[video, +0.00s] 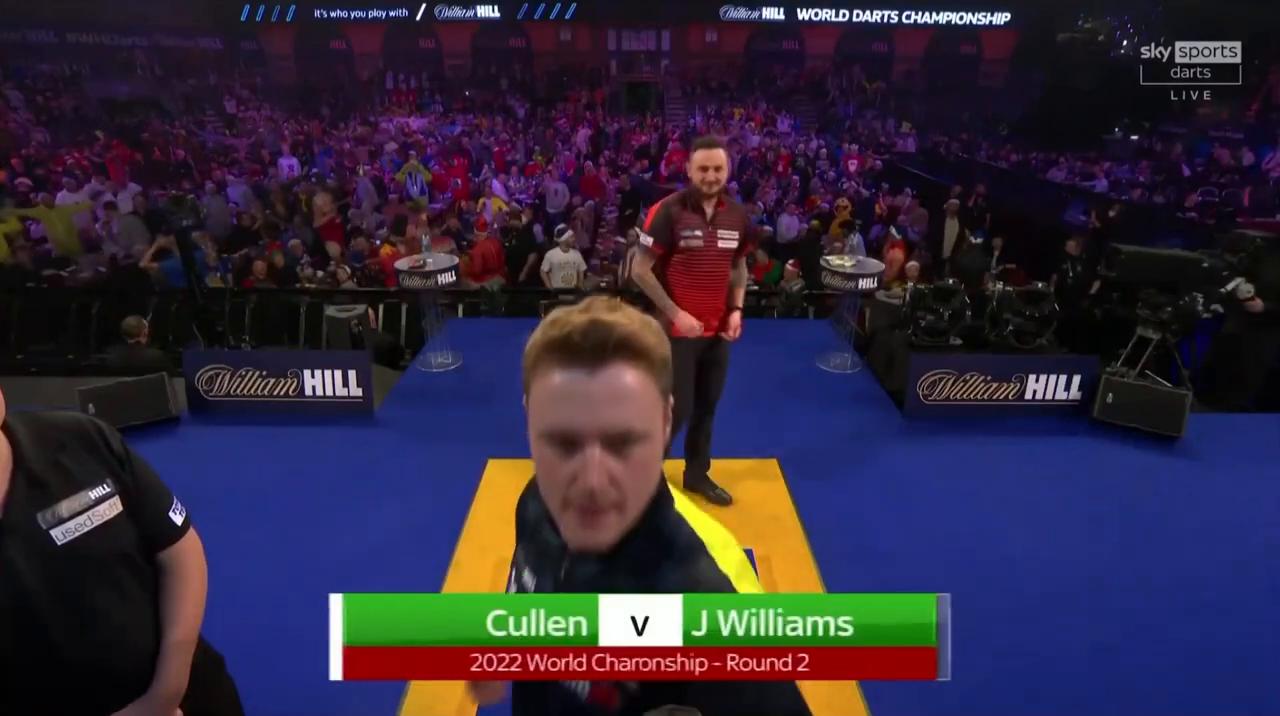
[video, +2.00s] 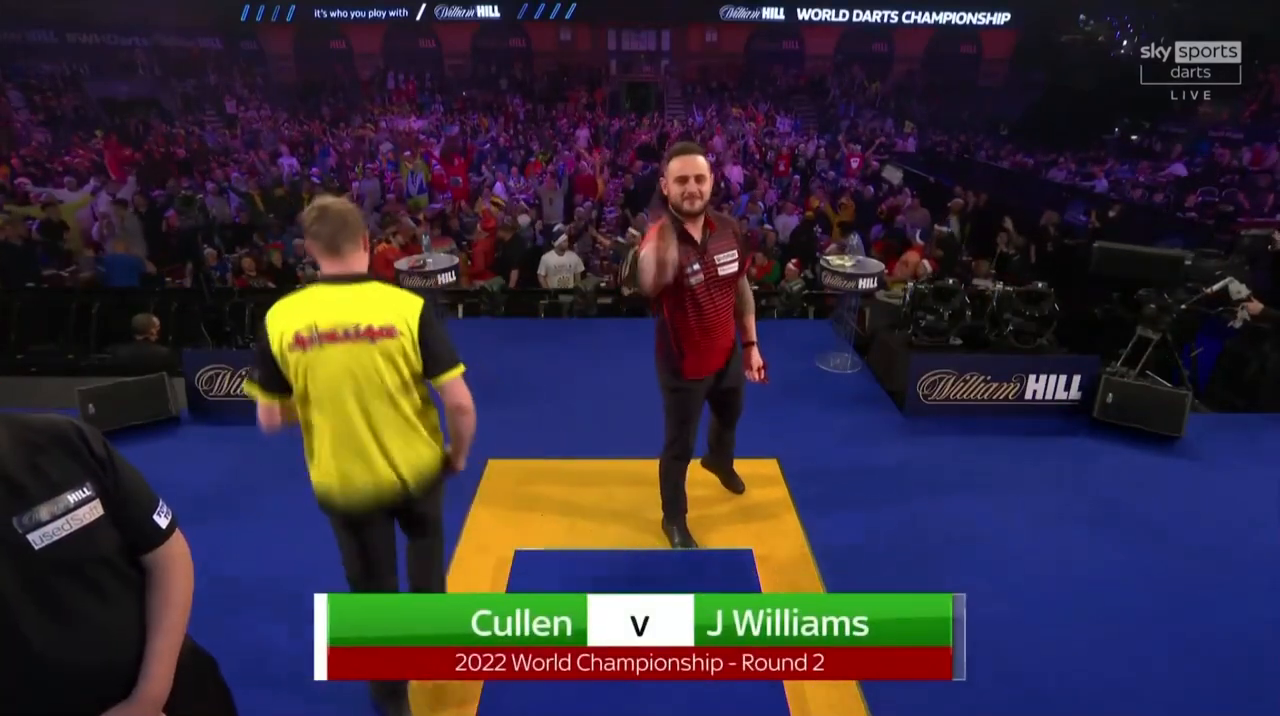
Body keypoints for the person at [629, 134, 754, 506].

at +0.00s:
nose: (710, 176)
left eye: (717, 169)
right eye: (703, 168)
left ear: (727, 171)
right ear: (689, 170)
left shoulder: (737, 216)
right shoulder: (668, 212)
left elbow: (738, 265)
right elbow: (640, 268)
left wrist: (735, 309)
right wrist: (674, 314)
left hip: (717, 332)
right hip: (679, 331)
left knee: (706, 408)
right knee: (677, 408)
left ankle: (697, 474)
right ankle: (645, 474)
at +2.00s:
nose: (692, 188)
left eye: (699, 179)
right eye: (682, 180)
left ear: (711, 182)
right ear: (665, 184)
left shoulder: (726, 229)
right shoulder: (657, 237)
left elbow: (741, 287)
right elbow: (650, 285)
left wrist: (752, 345)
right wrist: (656, 242)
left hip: (727, 351)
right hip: (684, 359)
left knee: (729, 412)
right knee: (680, 446)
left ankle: (719, 460)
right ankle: (674, 518)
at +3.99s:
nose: (687, 188)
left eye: (695, 179)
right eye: (677, 180)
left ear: (708, 183)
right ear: (662, 188)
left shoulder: (726, 228)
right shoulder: (651, 241)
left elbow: (744, 287)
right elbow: (633, 302)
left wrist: (748, 345)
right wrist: (654, 234)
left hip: (726, 355)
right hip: (682, 365)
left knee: (729, 414)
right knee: (678, 447)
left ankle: (715, 461)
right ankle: (674, 520)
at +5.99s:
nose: (693, 197)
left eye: (701, 187)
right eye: (682, 190)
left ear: (714, 191)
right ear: (666, 197)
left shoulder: (734, 236)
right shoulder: (659, 253)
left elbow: (751, 296)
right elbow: (636, 321)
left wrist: (754, 356)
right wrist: (655, 248)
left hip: (731, 364)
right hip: (685, 375)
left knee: (739, 426)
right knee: (681, 450)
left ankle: (719, 463)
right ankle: (674, 520)